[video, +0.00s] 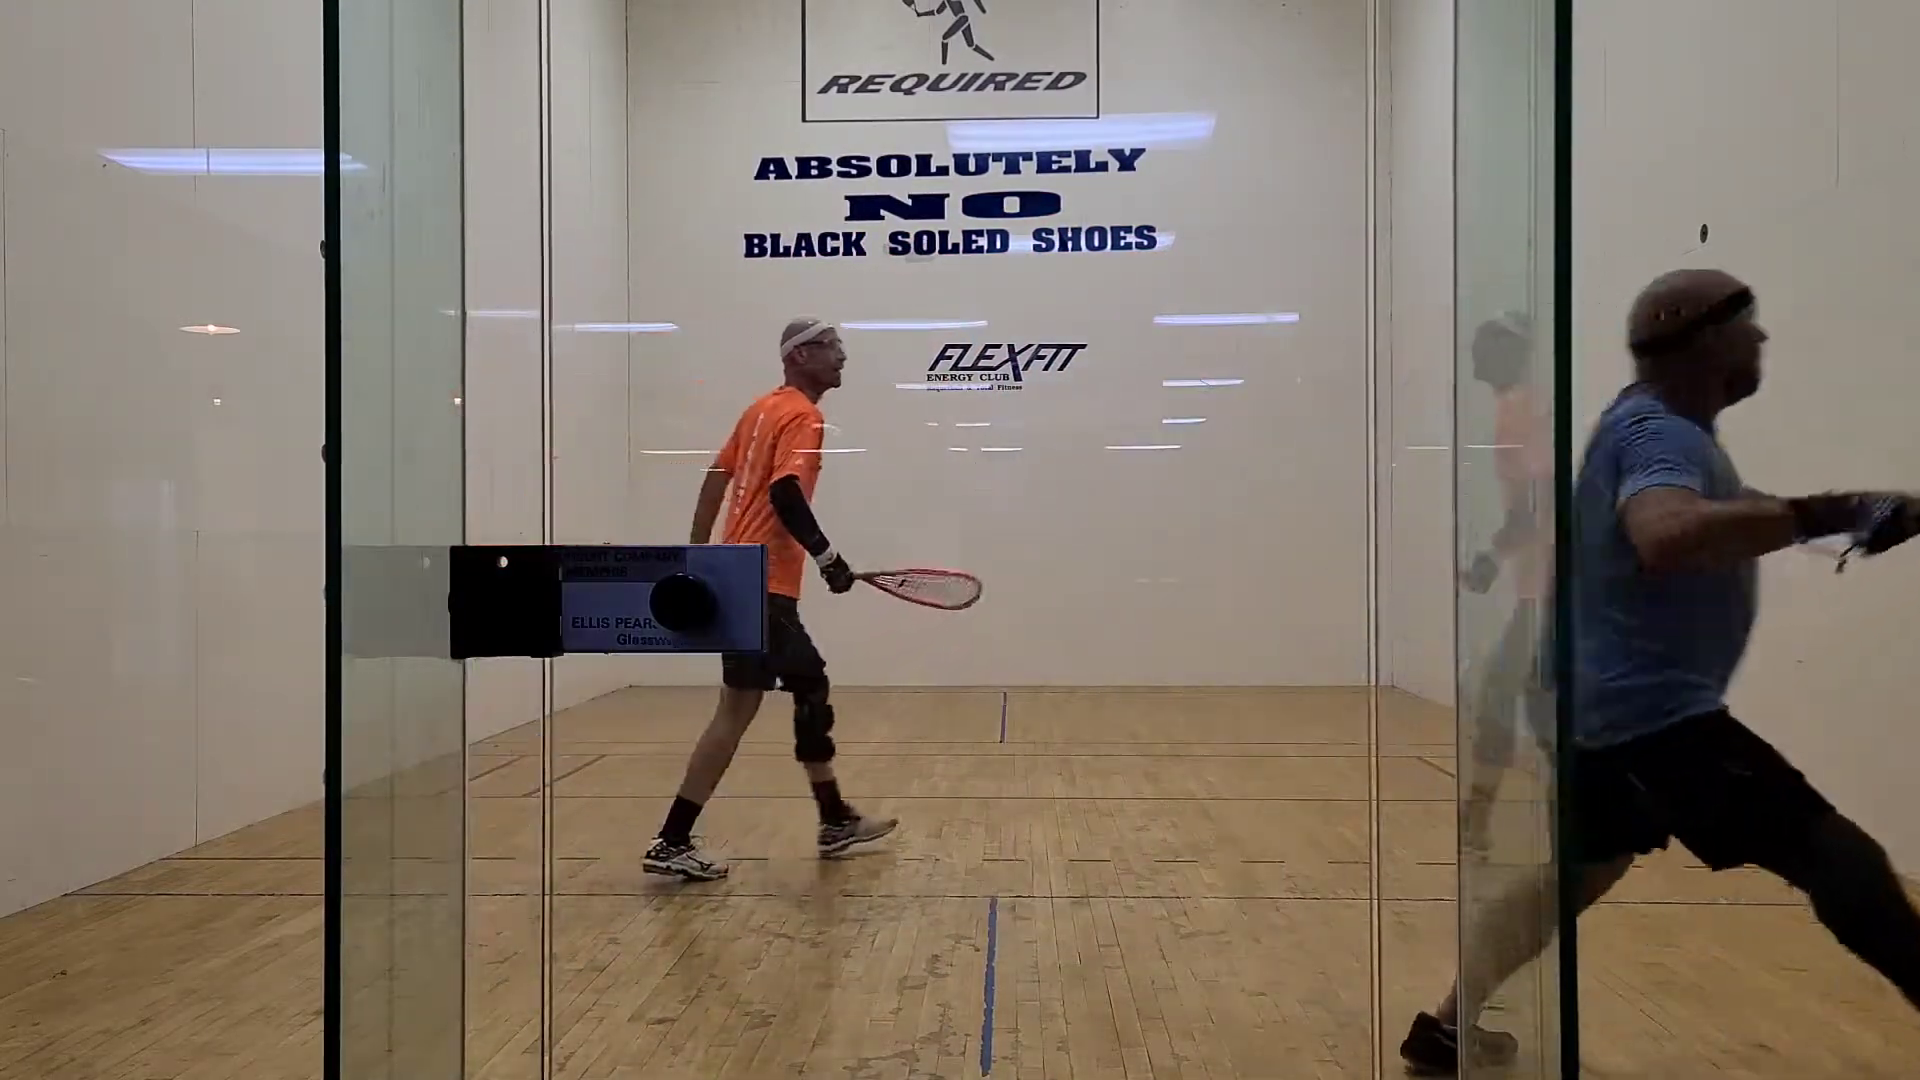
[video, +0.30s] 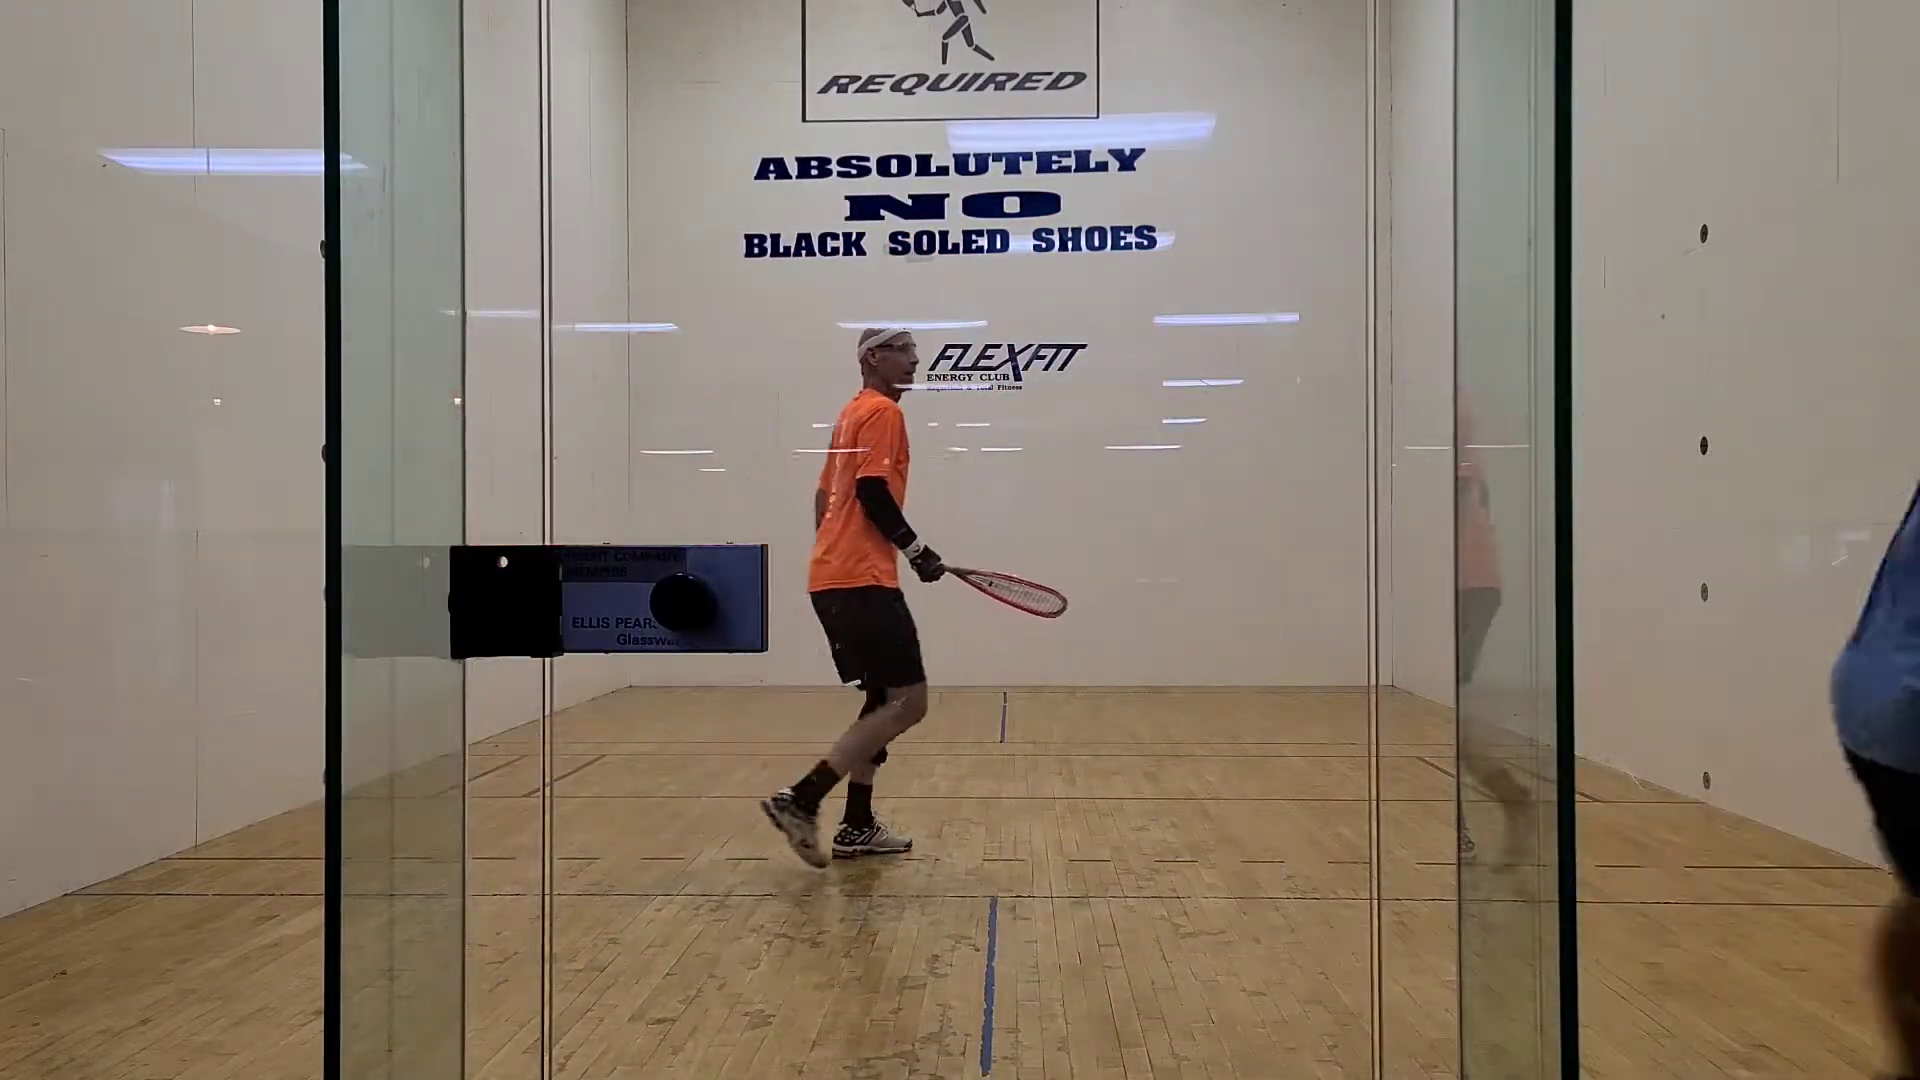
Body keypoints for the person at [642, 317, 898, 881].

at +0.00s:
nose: (843, 356)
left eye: (840, 346)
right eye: (832, 347)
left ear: (796, 359)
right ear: (799, 357)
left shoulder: (759, 410)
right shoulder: (803, 415)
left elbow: (715, 480)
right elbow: (785, 492)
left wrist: (696, 559)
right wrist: (828, 555)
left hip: (745, 589)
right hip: (764, 592)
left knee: (812, 686)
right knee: (734, 712)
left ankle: (836, 820)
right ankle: (671, 843)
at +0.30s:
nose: (915, 360)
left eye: (914, 351)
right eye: (903, 351)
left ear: (873, 364)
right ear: (871, 360)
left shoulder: (853, 412)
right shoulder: (881, 411)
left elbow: (823, 499)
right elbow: (871, 488)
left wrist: (852, 559)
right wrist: (916, 548)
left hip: (837, 579)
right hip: (861, 579)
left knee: (880, 698)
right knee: (911, 701)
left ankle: (858, 826)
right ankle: (799, 802)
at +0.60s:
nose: (985, 354)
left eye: (981, 344)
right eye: (976, 345)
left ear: (938, 360)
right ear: (950, 355)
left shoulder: (913, 414)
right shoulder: (971, 407)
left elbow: (906, 496)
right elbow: (972, 484)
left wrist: (958, 536)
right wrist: (1012, 538)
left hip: (904, 585)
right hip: (953, 582)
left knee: (911, 703)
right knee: (1013, 698)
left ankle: (858, 822)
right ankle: (1039, 844)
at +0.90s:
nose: (1071, 372)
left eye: (1068, 364)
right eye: (1069, 364)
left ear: (1021, 370)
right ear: (1061, 367)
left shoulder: (985, 416)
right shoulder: (1074, 417)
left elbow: (964, 497)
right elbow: (1077, 493)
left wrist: (990, 551)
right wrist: (1099, 560)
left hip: (973, 584)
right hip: (1035, 581)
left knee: (991, 704)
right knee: (1106, 694)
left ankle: (944, 834)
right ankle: (1076, 837)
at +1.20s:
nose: (1198, 411)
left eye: (1196, 401)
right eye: (1194, 403)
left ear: (1149, 406)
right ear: (1186, 407)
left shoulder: (1125, 446)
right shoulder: (1172, 454)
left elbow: (1119, 542)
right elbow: (1147, 518)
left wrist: (1178, 583)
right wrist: (1214, 568)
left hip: (1062, 614)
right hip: (1116, 617)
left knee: (1050, 735)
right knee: (1212, 728)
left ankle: (955, 831)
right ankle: (1247, 875)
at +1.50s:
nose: (1286, 400)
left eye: (1286, 388)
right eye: (1281, 389)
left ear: (1241, 388)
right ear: (1260, 390)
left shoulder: (1202, 426)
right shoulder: (1241, 439)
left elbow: (1125, 452)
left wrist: (1123, 525)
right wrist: (1355, 437)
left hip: (1130, 592)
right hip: (1184, 602)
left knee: (1149, 715)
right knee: (1262, 720)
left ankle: (1071, 828)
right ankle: (1247, 874)